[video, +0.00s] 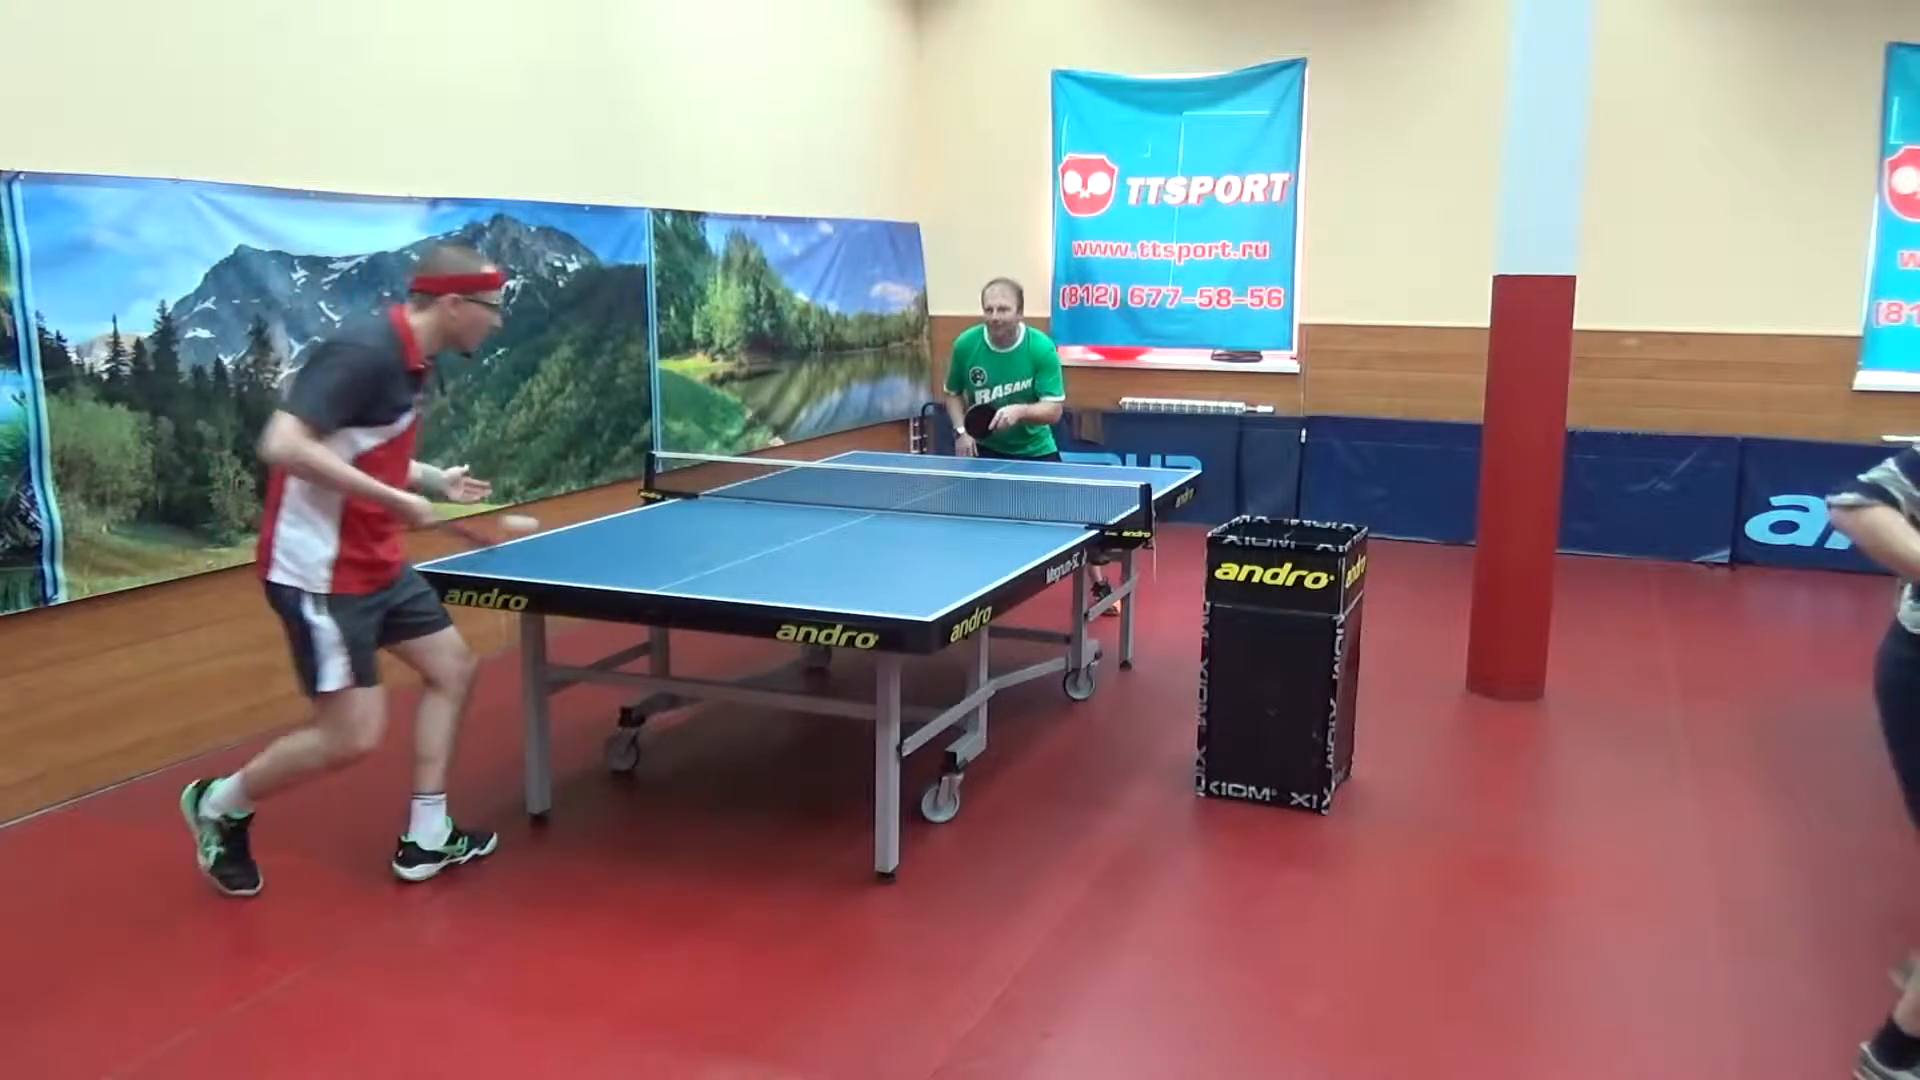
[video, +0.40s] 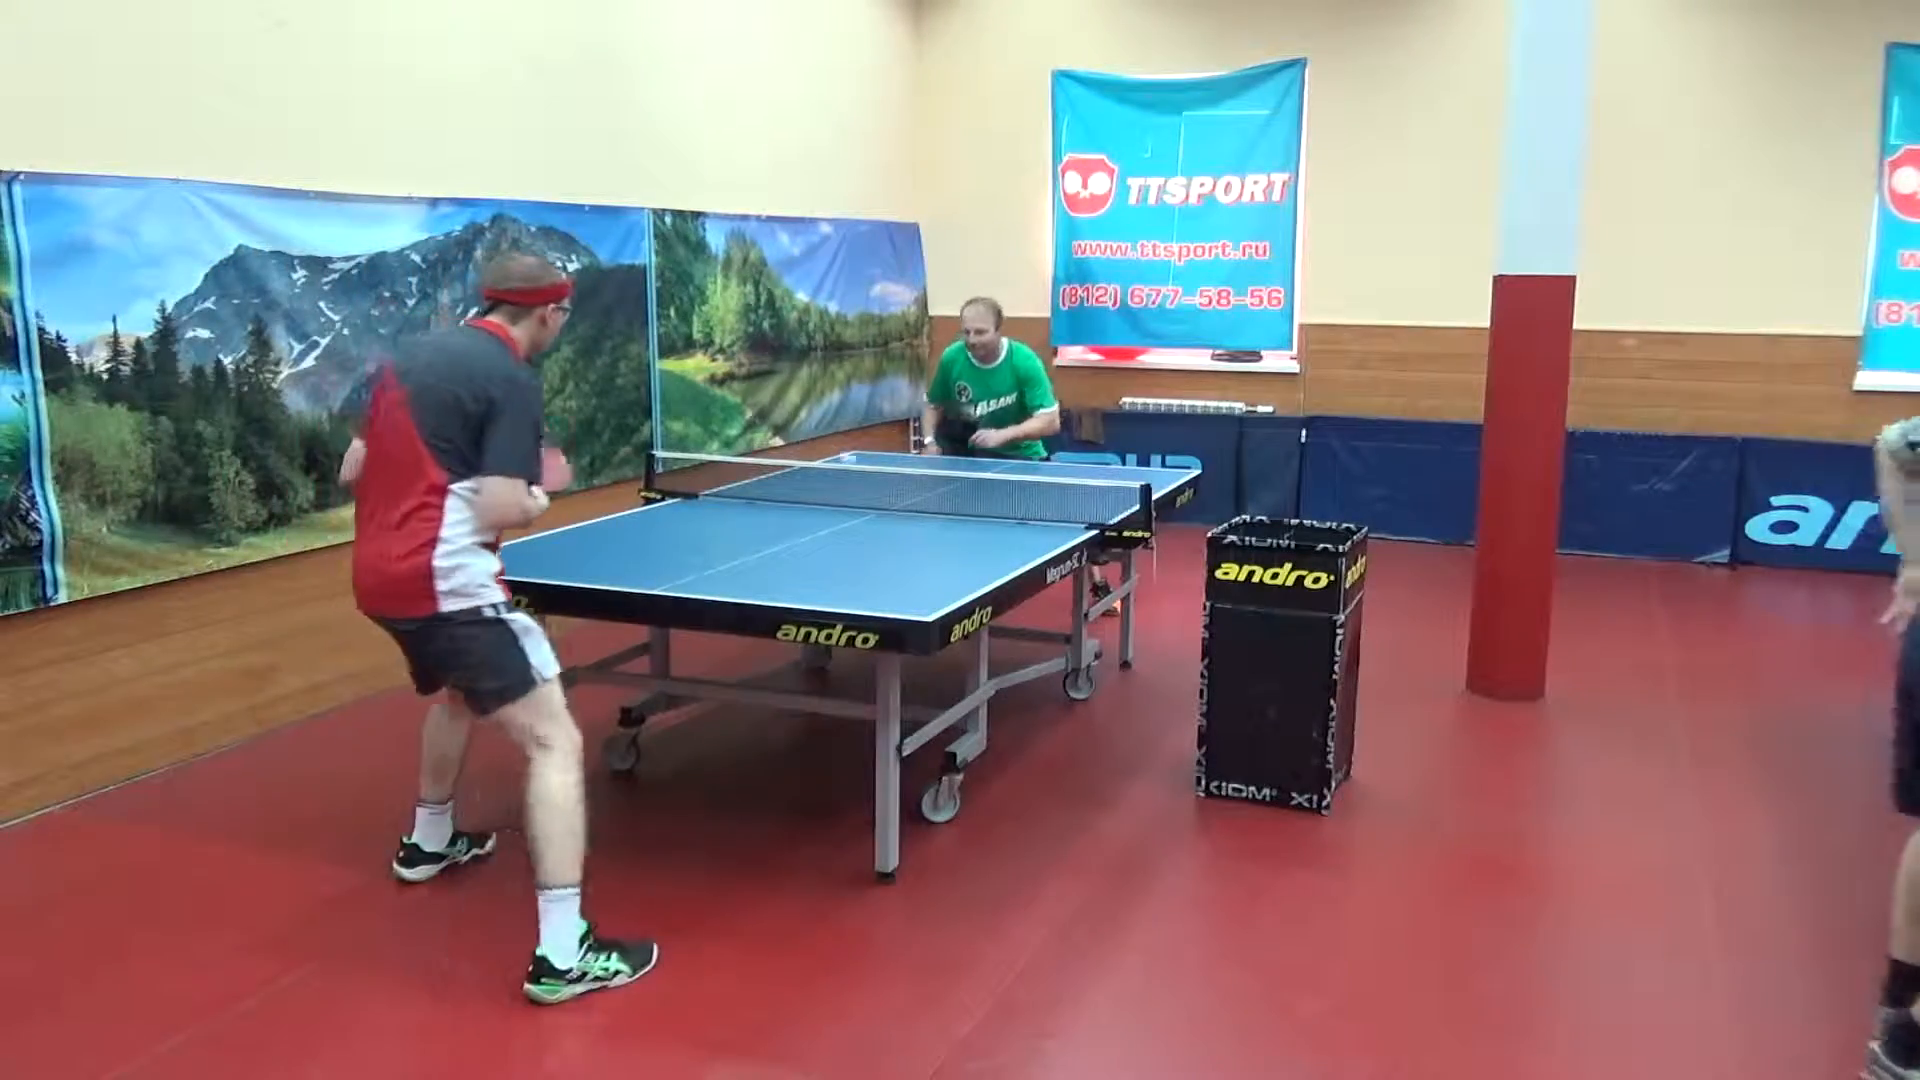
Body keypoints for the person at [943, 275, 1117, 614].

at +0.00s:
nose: (996, 317)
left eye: (1004, 310)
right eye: (990, 310)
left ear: (1020, 312)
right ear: (982, 311)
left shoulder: (1041, 348)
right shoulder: (965, 346)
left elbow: (1053, 410)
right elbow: (954, 393)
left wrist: (1019, 412)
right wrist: (962, 431)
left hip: (1037, 450)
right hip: (987, 451)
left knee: (1070, 514)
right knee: (974, 520)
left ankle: (1100, 585)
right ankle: (969, 595)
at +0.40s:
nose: (972, 340)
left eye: (980, 333)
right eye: (966, 332)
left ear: (999, 330)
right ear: (961, 330)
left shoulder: (1024, 360)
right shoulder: (951, 359)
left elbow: (1050, 421)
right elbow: (933, 405)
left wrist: (1003, 434)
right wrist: (929, 441)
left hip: (1024, 461)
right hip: (970, 463)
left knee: (1064, 512)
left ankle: (1097, 583)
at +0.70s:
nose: (942, 338)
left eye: (950, 330)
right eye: (938, 330)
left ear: (970, 329)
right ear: (933, 328)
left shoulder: (992, 362)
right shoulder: (934, 356)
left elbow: (989, 421)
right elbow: (927, 403)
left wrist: (954, 418)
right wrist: (920, 438)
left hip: (1010, 457)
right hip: (963, 458)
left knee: (1052, 515)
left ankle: (1096, 583)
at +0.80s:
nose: (940, 318)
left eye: (948, 311)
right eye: (935, 311)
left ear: (969, 312)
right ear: (931, 311)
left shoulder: (992, 346)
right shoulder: (931, 343)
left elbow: (992, 409)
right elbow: (926, 393)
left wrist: (949, 424)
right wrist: (921, 426)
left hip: (1009, 451)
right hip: (960, 449)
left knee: (1048, 515)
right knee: (948, 521)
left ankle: (1093, 582)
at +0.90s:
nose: (945, 313)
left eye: (953, 306)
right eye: (941, 306)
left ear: (974, 309)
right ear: (937, 309)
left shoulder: (997, 345)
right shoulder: (934, 344)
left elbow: (997, 407)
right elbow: (930, 399)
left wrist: (947, 416)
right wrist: (921, 432)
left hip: (1011, 453)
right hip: (960, 453)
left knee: (1046, 516)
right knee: (950, 525)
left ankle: (1087, 586)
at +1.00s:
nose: (952, 311)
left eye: (961, 304)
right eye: (948, 304)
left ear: (982, 307)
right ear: (945, 307)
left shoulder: (1005, 344)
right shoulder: (940, 345)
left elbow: (1005, 405)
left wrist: (954, 409)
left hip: (1015, 454)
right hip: (963, 454)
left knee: (1050, 518)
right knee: (956, 525)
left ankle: (1088, 587)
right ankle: (962, 600)